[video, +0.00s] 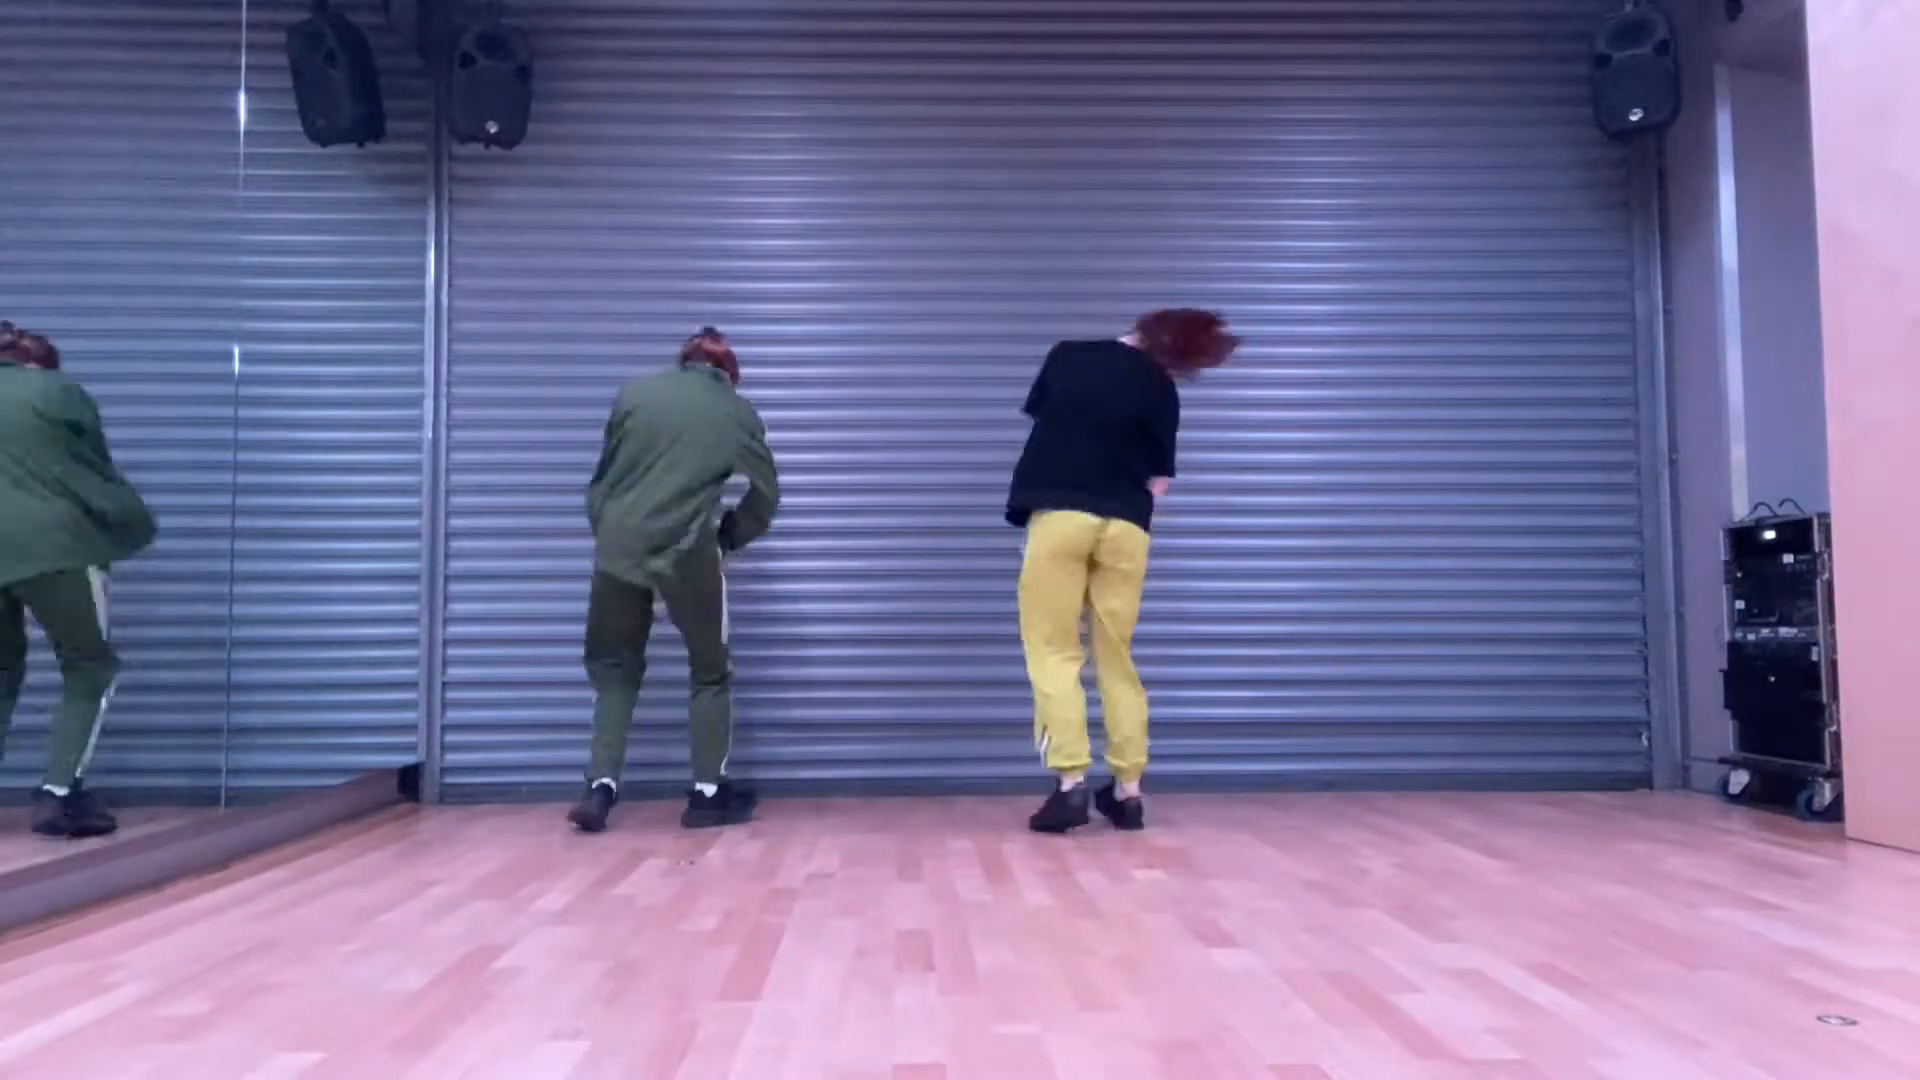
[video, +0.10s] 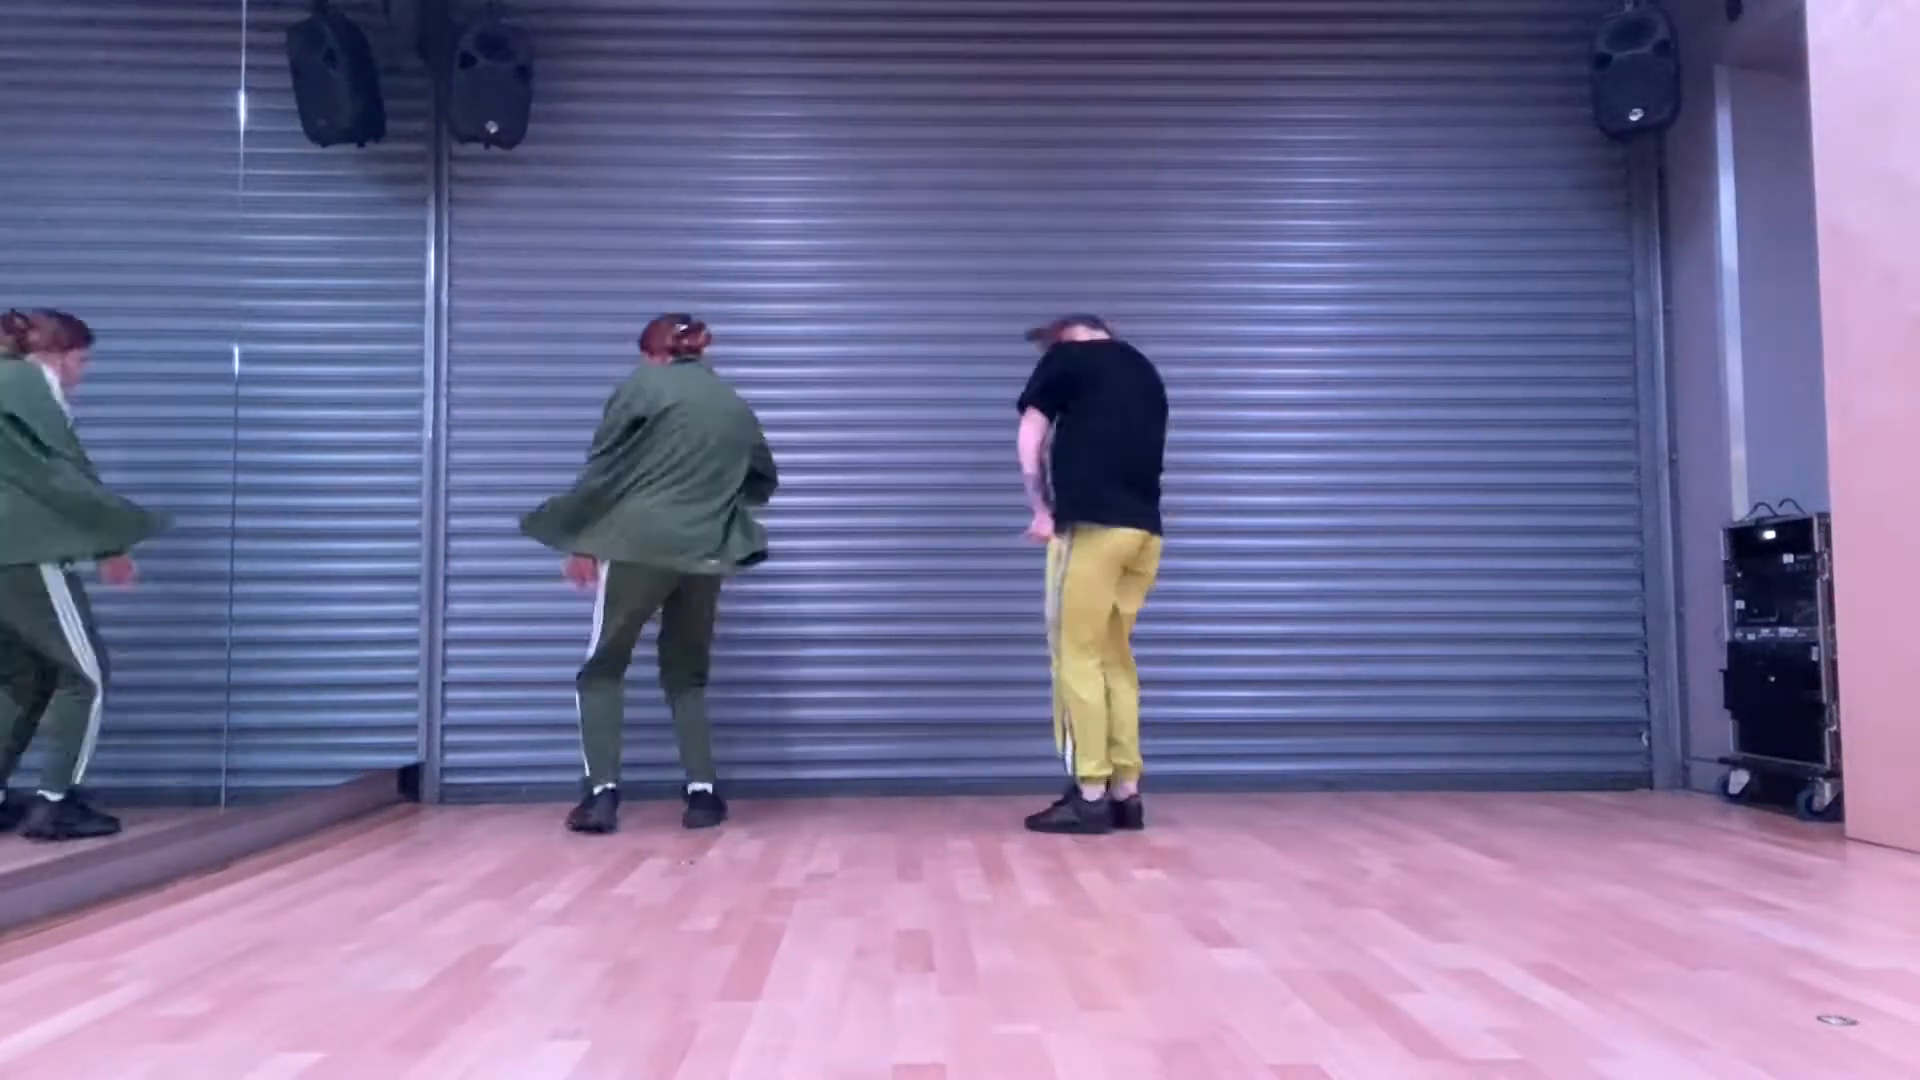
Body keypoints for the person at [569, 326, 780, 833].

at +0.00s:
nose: (734, 388)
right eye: (734, 380)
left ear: (683, 361)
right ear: (729, 375)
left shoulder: (636, 390)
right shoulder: (738, 412)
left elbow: (605, 469)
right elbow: (765, 496)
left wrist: (606, 519)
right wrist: (729, 536)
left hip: (617, 546)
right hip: (686, 553)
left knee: (614, 666)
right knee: (709, 672)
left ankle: (602, 784)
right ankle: (706, 792)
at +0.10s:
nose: (641, 363)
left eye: (643, 354)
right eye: (644, 355)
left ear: (655, 351)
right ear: (697, 349)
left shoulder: (644, 384)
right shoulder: (734, 405)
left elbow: (603, 468)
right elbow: (762, 481)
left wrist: (582, 543)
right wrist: (709, 497)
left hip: (638, 550)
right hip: (704, 557)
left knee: (603, 670)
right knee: (686, 675)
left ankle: (602, 793)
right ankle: (702, 790)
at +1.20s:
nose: (695, 384)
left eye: (706, 376)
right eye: (686, 376)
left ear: (723, 378)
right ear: (673, 379)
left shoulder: (739, 402)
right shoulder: (648, 418)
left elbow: (753, 452)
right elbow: (642, 471)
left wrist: (714, 396)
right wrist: (644, 512)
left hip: (745, 550)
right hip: (685, 555)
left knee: (745, 675)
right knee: (698, 670)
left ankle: (723, 768)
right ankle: (724, 778)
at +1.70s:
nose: (715, 307)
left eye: (727, 297)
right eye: (706, 297)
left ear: (747, 309)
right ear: (692, 309)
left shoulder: (774, 370)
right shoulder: (667, 379)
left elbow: (793, 438)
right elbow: (640, 468)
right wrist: (635, 530)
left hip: (764, 509)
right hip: (696, 509)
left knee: (759, 656)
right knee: (709, 617)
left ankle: (741, 811)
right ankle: (696, 719)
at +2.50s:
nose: (704, 291)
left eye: (717, 281)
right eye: (695, 281)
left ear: (740, 295)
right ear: (681, 295)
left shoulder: (758, 364)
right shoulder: (666, 362)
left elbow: (749, 460)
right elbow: (667, 456)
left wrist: (686, 412)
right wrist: (644, 493)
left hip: (750, 512)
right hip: (688, 502)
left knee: (732, 667)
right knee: (658, 528)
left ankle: (735, 819)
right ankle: (616, 547)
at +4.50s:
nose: (475, 284)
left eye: (491, 274)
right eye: (474, 274)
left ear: (530, 290)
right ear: (478, 291)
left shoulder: (541, 333)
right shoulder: (499, 359)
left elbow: (577, 423)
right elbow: (496, 467)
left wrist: (561, 526)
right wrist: (455, 531)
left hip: (562, 535)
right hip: (505, 536)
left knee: (491, 680)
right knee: (432, 658)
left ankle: (583, 818)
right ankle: (496, 810)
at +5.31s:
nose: (702, 319)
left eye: (716, 319)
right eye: (751, 353)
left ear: (712, 334)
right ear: (744, 354)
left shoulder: (651, 358)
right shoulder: (740, 407)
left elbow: (581, 335)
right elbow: (700, 397)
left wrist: (519, 303)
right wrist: (696, 350)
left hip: (613, 537)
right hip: (688, 550)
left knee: (567, 673)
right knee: (715, 663)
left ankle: (570, 812)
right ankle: (732, 789)